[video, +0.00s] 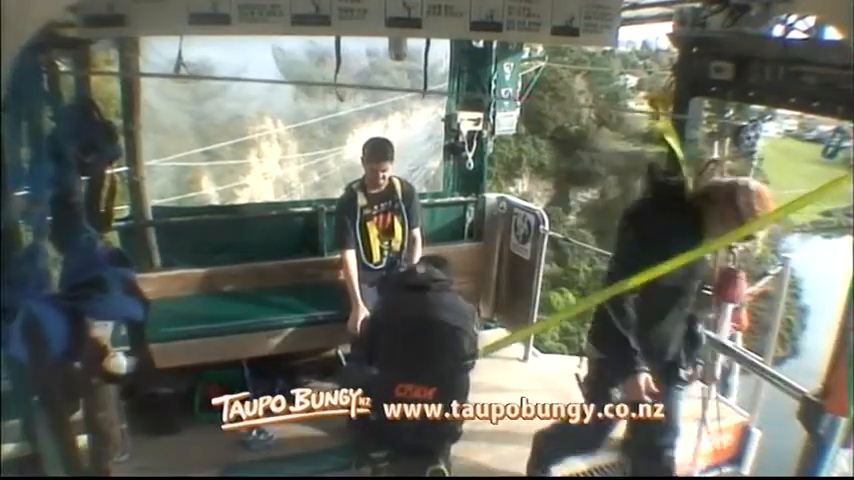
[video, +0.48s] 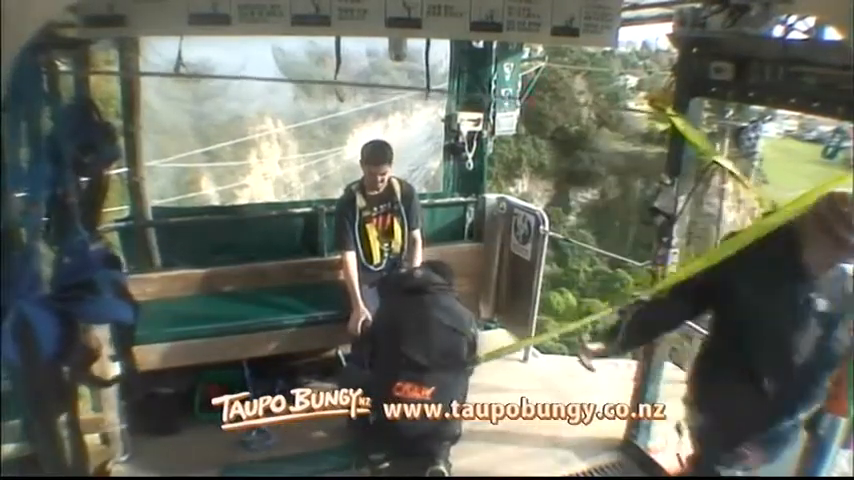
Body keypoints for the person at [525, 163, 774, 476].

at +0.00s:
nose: (732, 237)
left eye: (740, 232)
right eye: (737, 226)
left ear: (726, 211)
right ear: (723, 204)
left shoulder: (698, 238)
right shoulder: (656, 215)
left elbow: (683, 306)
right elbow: (618, 293)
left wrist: (690, 356)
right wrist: (631, 366)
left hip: (664, 360)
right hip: (620, 350)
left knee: (656, 458)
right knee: (591, 432)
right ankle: (546, 448)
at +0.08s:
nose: (749, 253)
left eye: (758, 251)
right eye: (756, 245)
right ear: (745, 218)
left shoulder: (714, 244)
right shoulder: (674, 220)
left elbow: (707, 309)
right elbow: (623, 289)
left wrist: (718, 360)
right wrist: (618, 361)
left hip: (679, 369)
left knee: (676, 462)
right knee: (619, 456)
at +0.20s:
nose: (781, 260)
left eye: (789, 258)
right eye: (788, 251)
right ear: (774, 223)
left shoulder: (741, 259)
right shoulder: (699, 226)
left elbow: (734, 331)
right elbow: (637, 277)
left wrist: (743, 393)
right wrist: (599, 336)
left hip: (702, 383)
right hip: (661, 372)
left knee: (695, 465)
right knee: (656, 465)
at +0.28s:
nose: (798, 263)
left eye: (806, 260)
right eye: (802, 253)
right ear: (789, 226)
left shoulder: (780, 272)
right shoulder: (712, 231)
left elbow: (769, 346)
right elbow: (647, 276)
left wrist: (751, 409)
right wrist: (602, 325)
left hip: (718, 394)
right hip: (669, 380)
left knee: (700, 467)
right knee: (679, 466)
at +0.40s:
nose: (823, 264)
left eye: (831, 258)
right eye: (823, 253)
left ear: (832, 251)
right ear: (804, 229)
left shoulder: (818, 274)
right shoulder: (732, 242)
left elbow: (804, 359)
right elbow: (665, 285)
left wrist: (763, 424)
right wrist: (608, 326)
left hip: (754, 414)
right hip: (702, 397)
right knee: (693, 467)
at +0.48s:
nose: (837, 261)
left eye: (844, 253)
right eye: (836, 249)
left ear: (847, 250)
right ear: (818, 232)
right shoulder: (757, 252)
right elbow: (686, 296)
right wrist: (617, 339)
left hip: (784, 420)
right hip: (724, 405)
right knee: (716, 469)